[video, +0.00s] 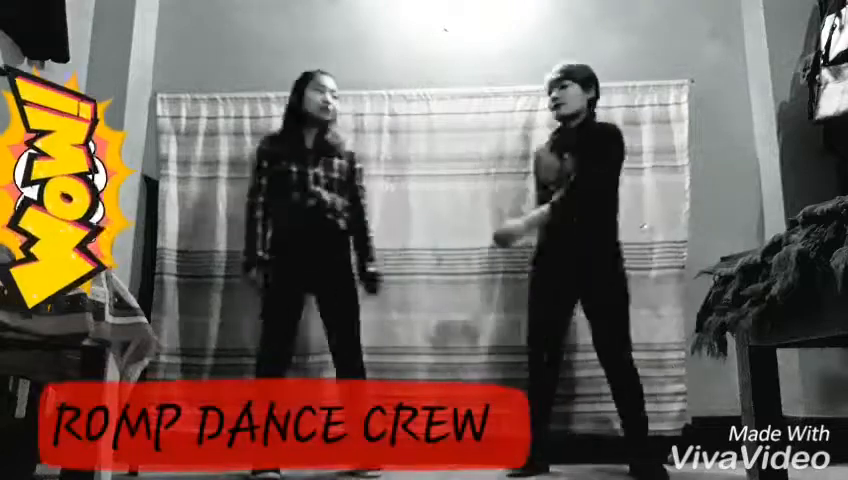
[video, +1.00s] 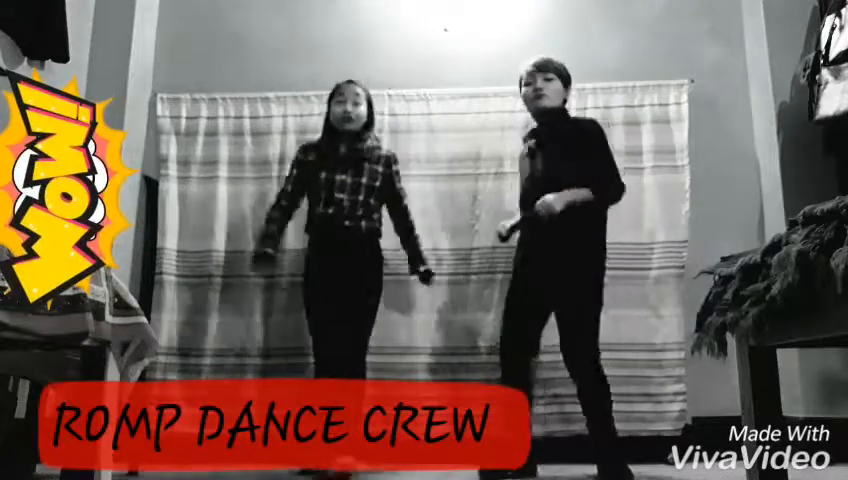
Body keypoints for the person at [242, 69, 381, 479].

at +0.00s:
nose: (330, 99)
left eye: (334, 93)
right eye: (321, 91)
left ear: (337, 103)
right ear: (299, 97)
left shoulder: (343, 154)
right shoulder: (272, 149)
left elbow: (358, 213)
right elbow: (257, 205)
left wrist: (368, 263)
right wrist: (255, 257)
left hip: (334, 265)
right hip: (286, 264)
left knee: (349, 356)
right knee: (274, 355)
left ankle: (360, 446)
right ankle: (262, 447)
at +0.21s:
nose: (331, 97)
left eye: (333, 92)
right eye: (323, 89)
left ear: (331, 101)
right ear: (299, 94)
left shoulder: (339, 153)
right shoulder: (269, 142)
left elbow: (350, 213)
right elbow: (266, 203)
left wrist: (354, 264)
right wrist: (296, 250)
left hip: (332, 260)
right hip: (285, 259)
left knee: (348, 354)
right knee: (276, 352)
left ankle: (364, 444)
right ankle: (262, 446)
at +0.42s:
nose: (367, 104)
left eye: (370, 98)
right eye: (358, 97)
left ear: (374, 107)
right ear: (337, 104)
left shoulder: (384, 151)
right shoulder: (315, 153)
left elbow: (409, 201)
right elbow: (293, 206)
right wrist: (272, 254)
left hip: (367, 265)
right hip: (323, 262)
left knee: (364, 357)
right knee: (300, 351)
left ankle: (368, 448)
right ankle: (280, 443)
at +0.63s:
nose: (355, 117)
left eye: (363, 111)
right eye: (349, 110)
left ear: (378, 117)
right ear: (338, 115)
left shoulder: (386, 155)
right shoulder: (324, 159)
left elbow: (401, 158)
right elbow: (312, 215)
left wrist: (377, 128)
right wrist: (305, 265)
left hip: (372, 270)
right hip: (330, 269)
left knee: (368, 358)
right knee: (332, 359)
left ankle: (371, 443)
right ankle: (331, 443)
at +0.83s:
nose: (344, 116)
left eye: (352, 110)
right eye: (336, 109)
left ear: (365, 118)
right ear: (327, 116)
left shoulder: (379, 160)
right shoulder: (312, 163)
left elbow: (394, 209)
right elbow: (298, 219)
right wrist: (294, 267)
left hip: (365, 267)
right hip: (325, 267)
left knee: (359, 352)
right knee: (325, 353)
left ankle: (367, 430)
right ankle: (328, 432)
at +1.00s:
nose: (348, 107)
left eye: (356, 102)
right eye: (340, 101)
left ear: (368, 112)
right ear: (328, 110)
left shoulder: (382, 159)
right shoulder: (310, 156)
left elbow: (400, 212)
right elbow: (285, 202)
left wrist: (418, 259)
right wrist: (267, 244)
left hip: (363, 264)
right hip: (322, 262)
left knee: (352, 353)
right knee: (326, 352)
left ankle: (351, 439)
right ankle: (325, 440)